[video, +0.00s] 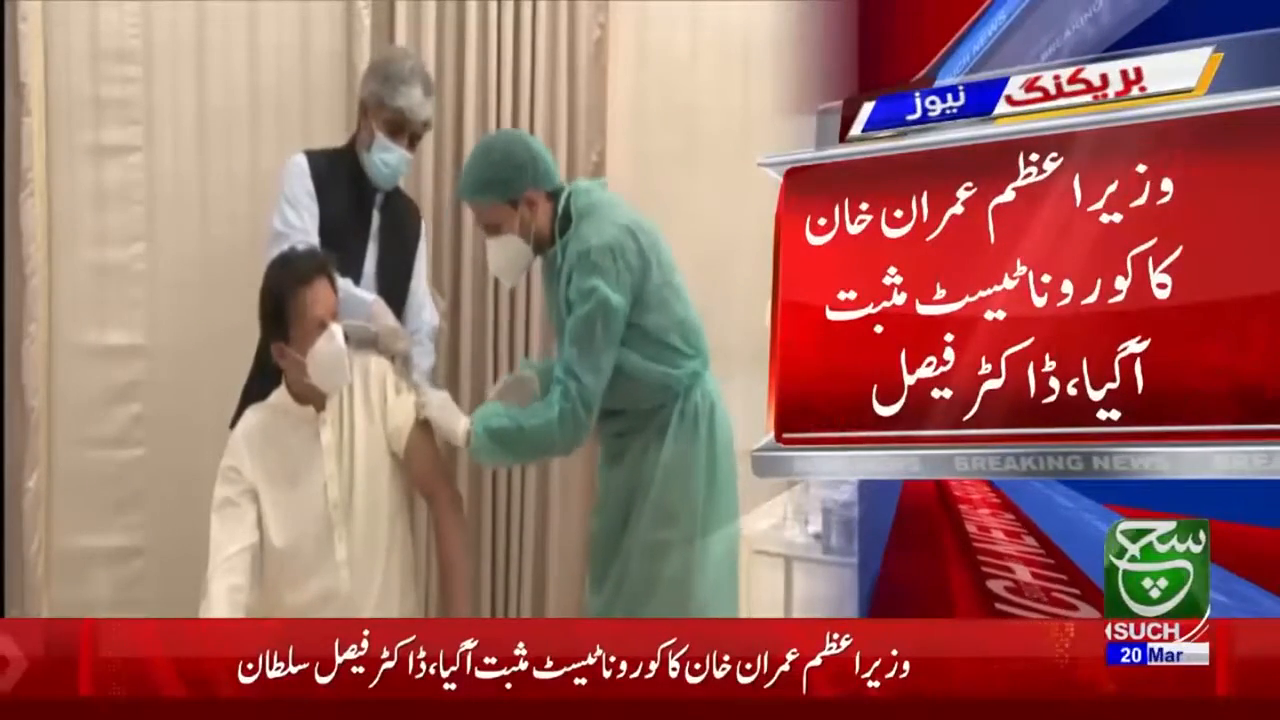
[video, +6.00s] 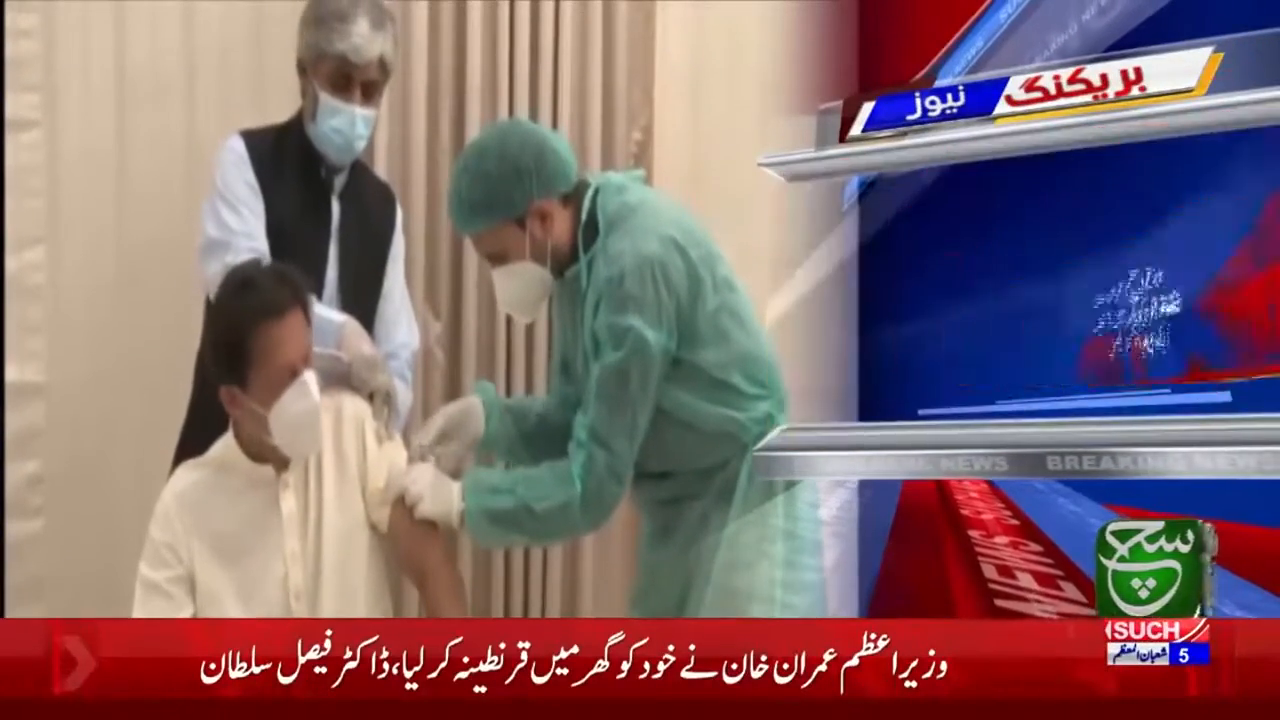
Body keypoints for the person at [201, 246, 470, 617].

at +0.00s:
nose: (336, 338)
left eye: (337, 321)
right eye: (319, 329)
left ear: (346, 319)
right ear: (281, 349)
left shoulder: (375, 380)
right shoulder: (253, 436)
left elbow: (442, 495)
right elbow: (230, 567)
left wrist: (459, 615)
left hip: (388, 617)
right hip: (292, 629)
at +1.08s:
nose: (337, 336)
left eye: (338, 318)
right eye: (319, 326)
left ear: (347, 316)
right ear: (281, 346)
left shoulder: (375, 381)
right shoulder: (253, 434)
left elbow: (442, 496)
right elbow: (227, 570)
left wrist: (458, 615)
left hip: (389, 618)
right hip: (293, 633)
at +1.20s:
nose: (260, 323)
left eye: (270, 303)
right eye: (238, 312)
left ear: (289, 310)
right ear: (208, 343)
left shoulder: (341, 386)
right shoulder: (178, 472)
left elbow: (431, 526)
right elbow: (153, 624)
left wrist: (457, 642)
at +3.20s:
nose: (265, 335)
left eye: (275, 313)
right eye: (244, 322)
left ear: (295, 316)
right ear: (212, 349)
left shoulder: (345, 394)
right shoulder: (179, 484)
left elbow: (431, 538)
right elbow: (159, 639)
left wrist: (454, 647)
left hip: (364, 674)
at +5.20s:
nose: (264, 388)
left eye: (277, 367)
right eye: (246, 374)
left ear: (299, 354)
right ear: (211, 367)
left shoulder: (346, 414)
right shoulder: (183, 489)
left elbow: (427, 550)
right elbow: (157, 634)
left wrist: (454, 651)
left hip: (359, 669)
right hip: (240, 681)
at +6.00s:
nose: (311, 388)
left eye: (309, 366)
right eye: (290, 378)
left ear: (314, 354)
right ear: (234, 402)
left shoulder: (350, 426)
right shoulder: (186, 500)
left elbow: (429, 558)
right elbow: (157, 643)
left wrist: (459, 661)